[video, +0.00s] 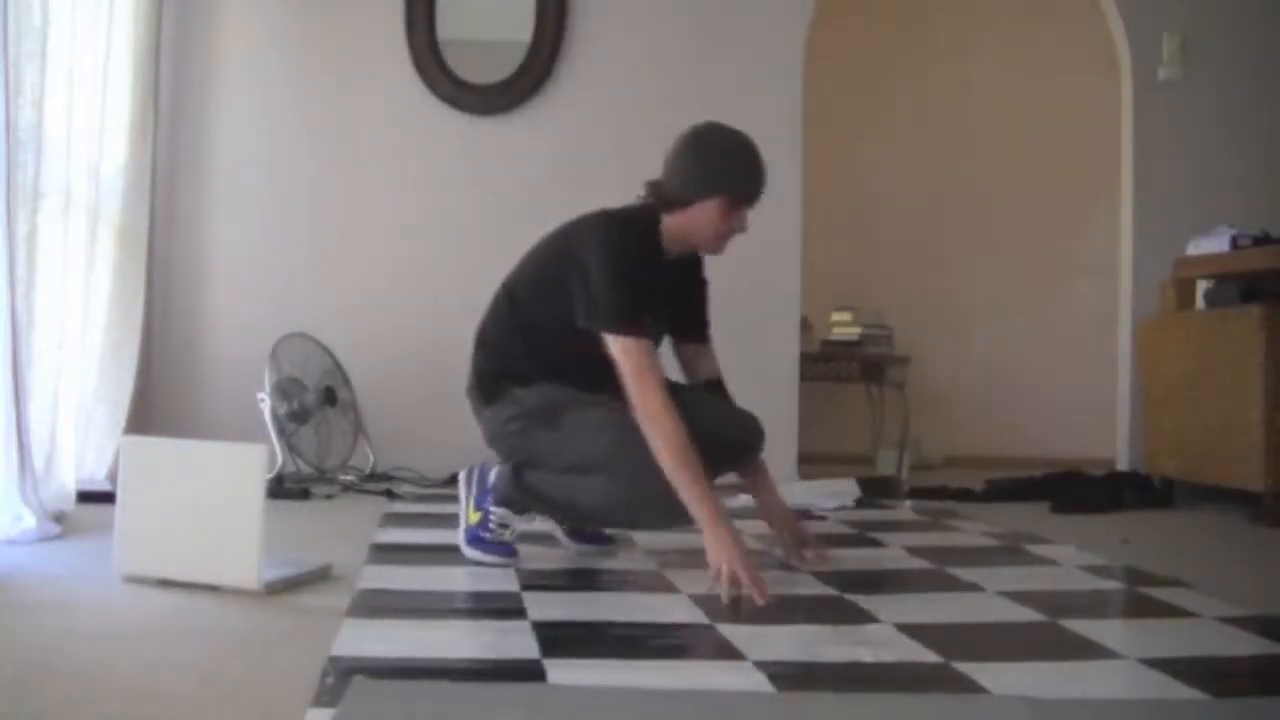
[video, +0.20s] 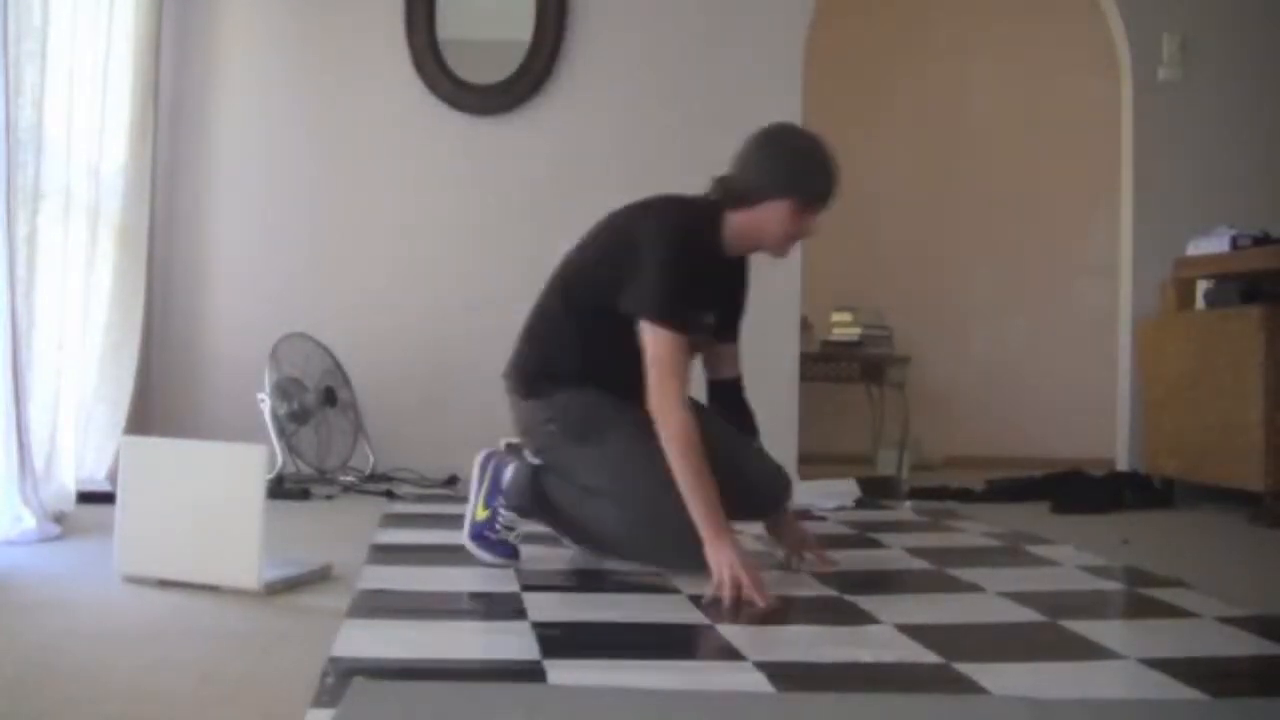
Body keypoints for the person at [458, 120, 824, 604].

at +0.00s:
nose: (743, 225)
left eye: (746, 210)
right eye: (736, 208)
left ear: (706, 203)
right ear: (701, 198)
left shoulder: (681, 262)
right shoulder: (614, 249)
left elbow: (707, 383)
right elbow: (648, 400)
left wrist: (767, 498)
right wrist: (715, 527)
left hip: (595, 401)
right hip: (520, 407)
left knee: (732, 433)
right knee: (668, 495)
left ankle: (572, 496)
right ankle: (503, 486)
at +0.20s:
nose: (808, 229)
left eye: (813, 215)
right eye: (804, 212)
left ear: (767, 200)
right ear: (770, 199)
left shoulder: (728, 260)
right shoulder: (669, 238)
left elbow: (726, 392)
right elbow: (667, 406)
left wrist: (776, 511)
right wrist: (718, 543)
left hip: (630, 402)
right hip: (559, 405)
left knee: (763, 490)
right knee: (682, 547)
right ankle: (515, 483)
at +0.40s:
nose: (873, 221)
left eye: (878, 206)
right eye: (871, 201)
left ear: (830, 188)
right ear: (835, 186)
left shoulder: (772, 251)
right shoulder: (734, 226)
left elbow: (748, 389)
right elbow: (698, 398)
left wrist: (776, 511)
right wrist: (719, 538)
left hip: (660, 397)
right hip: (592, 396)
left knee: (766, 538)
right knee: (688, 560)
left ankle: (594, 478)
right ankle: (535, 482)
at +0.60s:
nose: (926, 230)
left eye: (934, 215)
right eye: (925, 210)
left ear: (891, 194)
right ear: (889, 191)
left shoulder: (820, 245)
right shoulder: (798, 227)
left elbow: (764, 383)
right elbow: (720, 378)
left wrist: (776, 513)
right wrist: (750, 524)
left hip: (670, 378)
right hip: (622, 376)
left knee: (719, 544)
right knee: (707, 565)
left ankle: (566, 479)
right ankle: (544, 479)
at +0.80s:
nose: (963, 259)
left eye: (971, 245)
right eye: (966, 240)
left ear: (925, 212)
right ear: (933, 216)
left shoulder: (852, 243)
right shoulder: (842, 236)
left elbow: (781, 387)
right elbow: (770, 387)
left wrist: (783, 522)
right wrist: (783, 535)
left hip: (664, 363)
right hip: (635, 360)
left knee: (712, 548)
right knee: (718, 565)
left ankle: (546, 493)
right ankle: (536, 500)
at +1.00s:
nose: (961, 278)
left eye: (973, 267)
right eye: (969, 261)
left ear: (934, 227)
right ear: (944, 232)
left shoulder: (855, 252)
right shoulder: (840, 236)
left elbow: (778, 391)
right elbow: (777, 390)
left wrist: (783, 522)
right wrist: (781, 534)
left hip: (663, 359)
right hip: (640, 356)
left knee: (713, 542)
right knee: (717, 564)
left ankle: (541, 486)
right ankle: (531, 494)